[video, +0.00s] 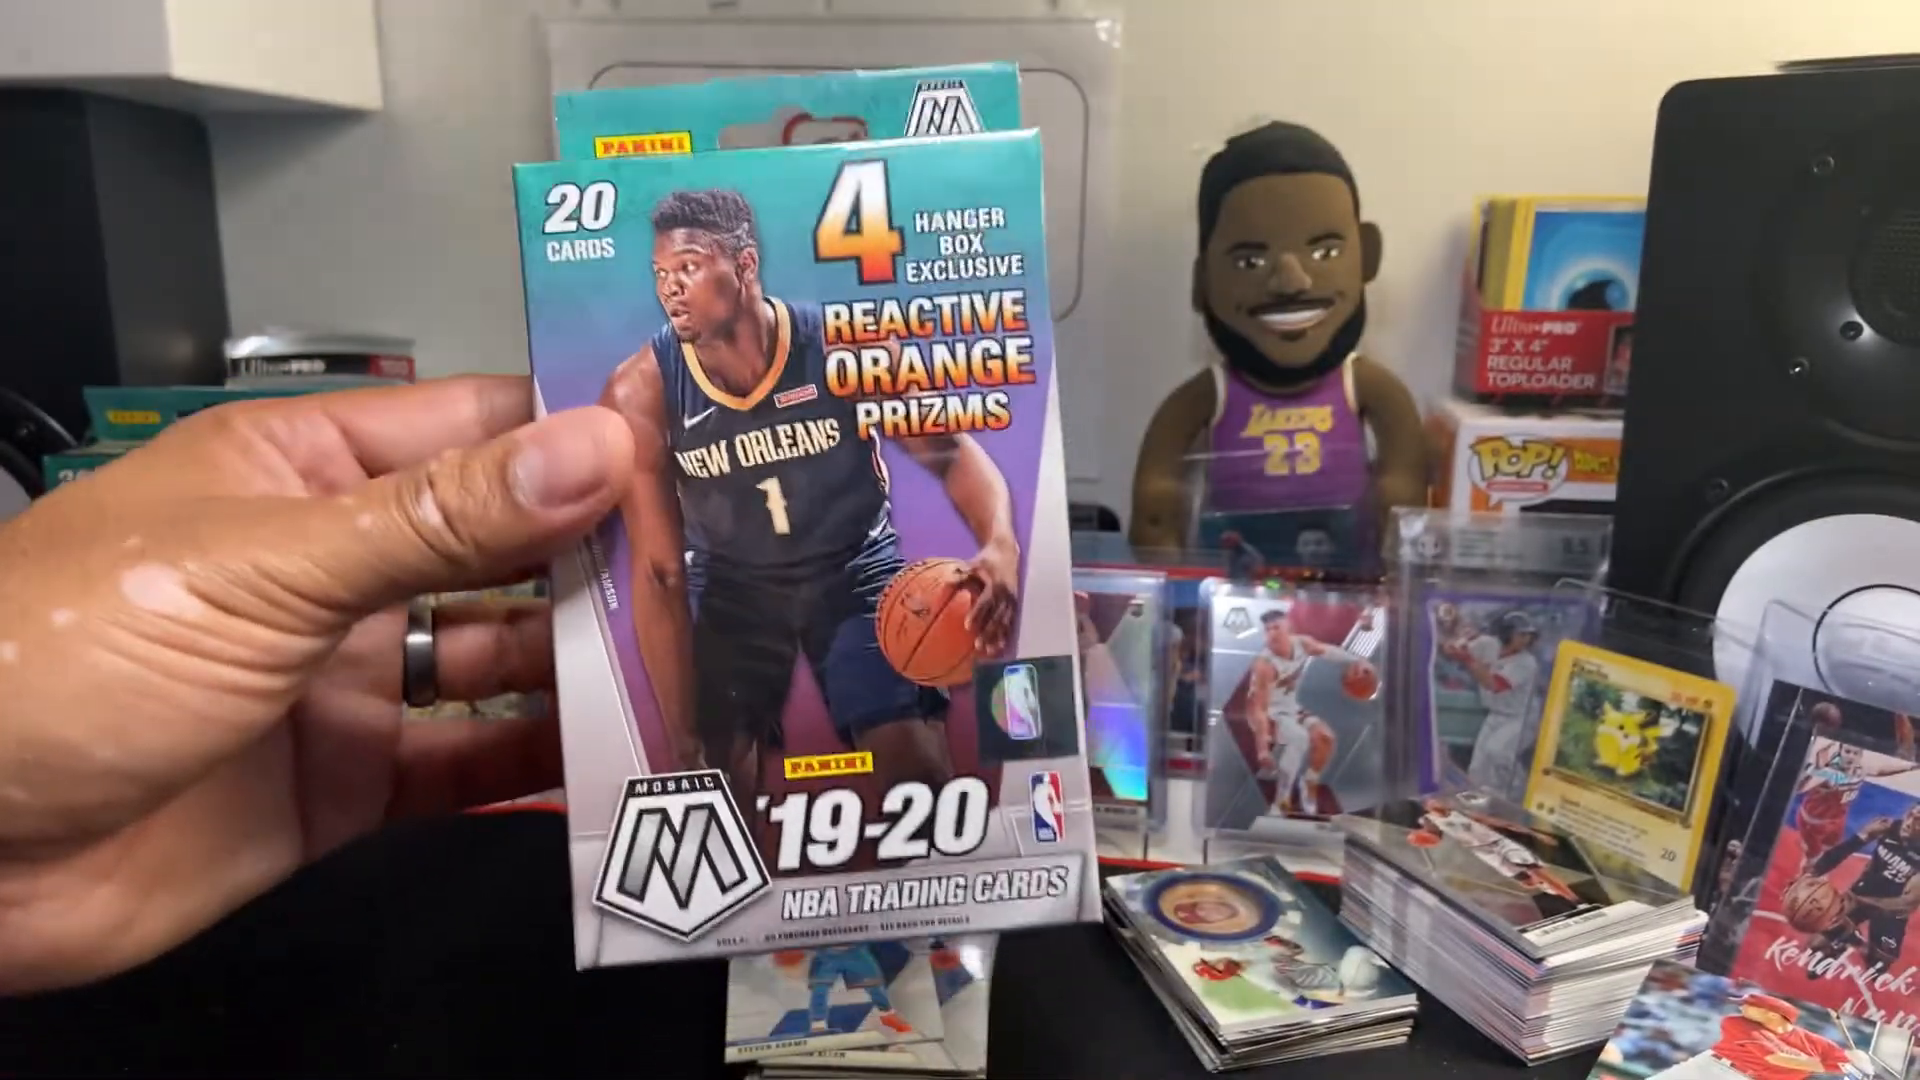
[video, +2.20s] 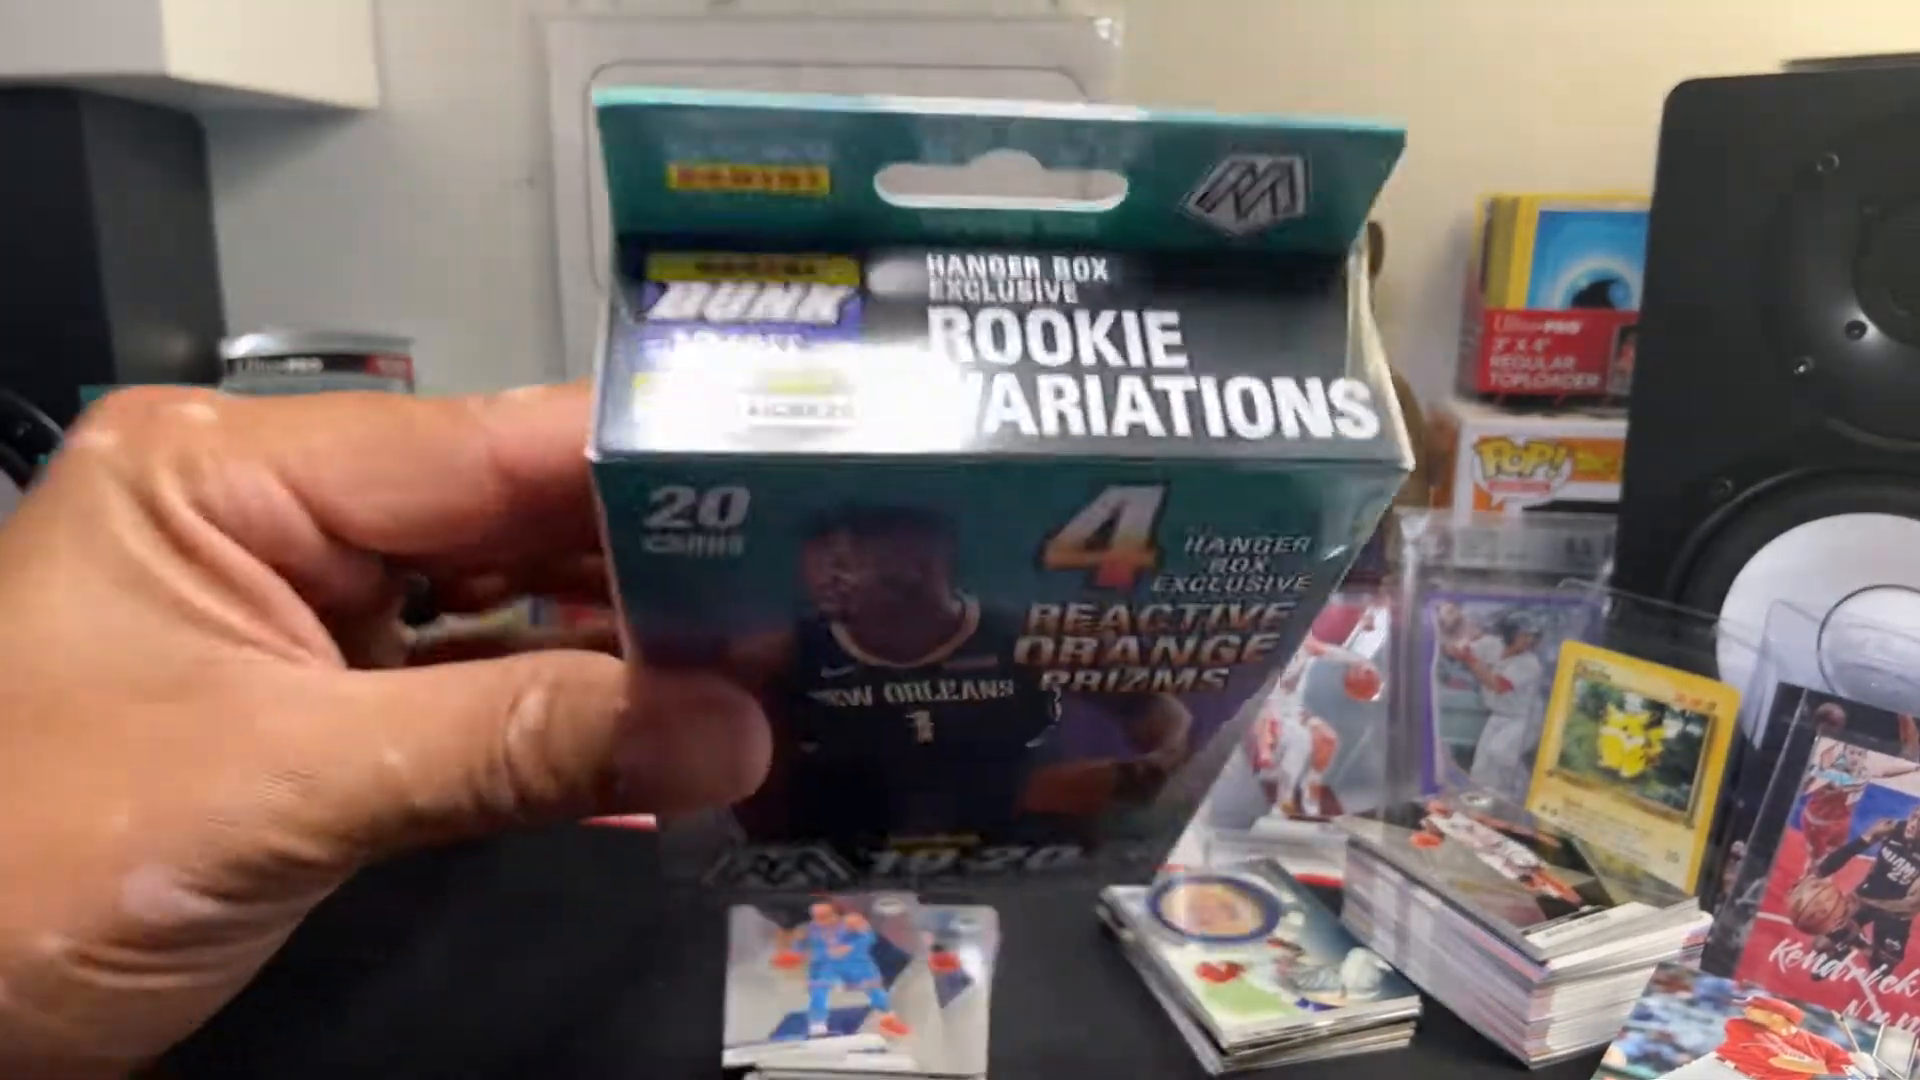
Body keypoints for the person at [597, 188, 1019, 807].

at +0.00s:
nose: (670, 290)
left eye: (689, 268)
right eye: (661, 273)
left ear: (746, 266)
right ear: (654, 282)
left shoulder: (840, 348)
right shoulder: (643, 391)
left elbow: (950, 453)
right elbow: (658, 574)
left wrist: (1001, 544)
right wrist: (682, 741)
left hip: (855, 573)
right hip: (736, 587)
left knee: (906, 752)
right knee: (721, 773)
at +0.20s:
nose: (696, 341)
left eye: (715, 320)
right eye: (687, 324)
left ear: (775, 316)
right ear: (680, 330)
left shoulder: (872, 401)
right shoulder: (667, 445)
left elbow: (986, 513)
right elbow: (682, 634)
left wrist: (1037, 606)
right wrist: (703, 799)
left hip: (885, 635)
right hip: (764, 649)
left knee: (943, 826)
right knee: (745, 848)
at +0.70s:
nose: (785, 338)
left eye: (805, 318)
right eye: (777, 321)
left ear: (870, 317)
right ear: (769, 330)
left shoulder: (969, 411)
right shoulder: (747, 449)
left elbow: (1084, 535)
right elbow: (751, 651)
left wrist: (1135, 641)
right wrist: (762, 836)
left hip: (971, 662)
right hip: (838, 673)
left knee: (1017, 880)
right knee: (803, 881)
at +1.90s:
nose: (802, 398)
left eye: (823, 375)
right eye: (792, 378)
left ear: (892, 374)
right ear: (785, 383)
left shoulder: (997, 469)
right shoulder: (767, 512)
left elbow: (1113, 595)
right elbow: (780, 707)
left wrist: (1162, 694)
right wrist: (789, 884)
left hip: (996, 733)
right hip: (865, 743)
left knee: (1052, 917)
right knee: (849, 943)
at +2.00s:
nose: (862, 470)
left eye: (883, 443)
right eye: (839, 449)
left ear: (927, 451)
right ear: (814, 466)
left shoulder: (1026, 553)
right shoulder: (794, 588)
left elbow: (1147, 662)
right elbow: (793, 762)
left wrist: (1181, 761)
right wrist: (810, 922)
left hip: (1014, 820)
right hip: (875, 828)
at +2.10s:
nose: (878, 572)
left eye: (896, 553)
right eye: (862, 555)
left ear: (947, 555)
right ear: (836, 567)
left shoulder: (1034, 641)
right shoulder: (808, 663)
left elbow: (1155, 717)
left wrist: (1171, 782)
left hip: (1017, 915)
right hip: (864, 919)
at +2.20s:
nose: (832, 579)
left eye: (854, 563)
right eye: (826, 562)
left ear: (926, 563)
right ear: (813, 567)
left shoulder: (1022, 641)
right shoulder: (791, 663)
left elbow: (1151, 703)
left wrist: (1159, 755)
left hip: (986, 900)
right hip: (837, 903)